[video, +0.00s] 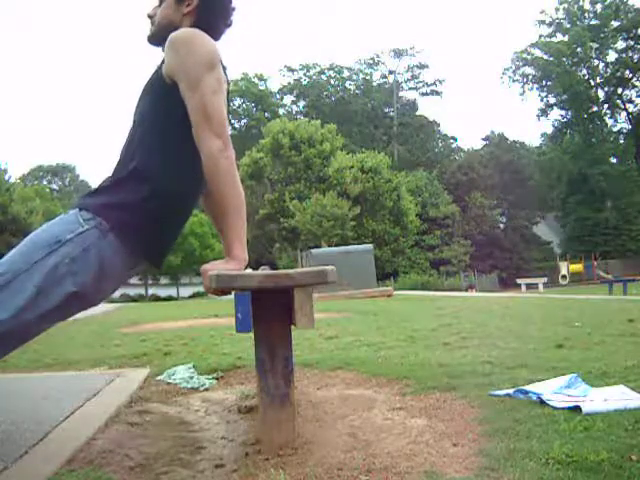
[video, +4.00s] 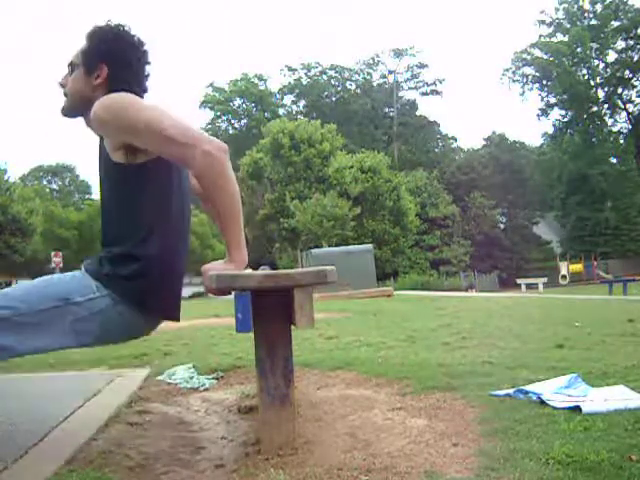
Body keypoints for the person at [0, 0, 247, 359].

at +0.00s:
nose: (152, 10)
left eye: (163, 2)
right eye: (158, 2)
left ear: (188, 7)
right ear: (187, 10)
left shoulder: (190, 44)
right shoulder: (190, 54)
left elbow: (217, 148)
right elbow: (208, 175)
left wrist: (237, 256)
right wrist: (236, 253)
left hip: (102, 231)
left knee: (4, 316)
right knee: (4, 322)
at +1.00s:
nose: (81, 97)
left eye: (91, 87)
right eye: (87, 86)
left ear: (113, 98)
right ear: (113, 98)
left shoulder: (119, 127)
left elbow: (224, 153)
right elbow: (232, 153)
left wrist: (240, 257)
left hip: (131, 323)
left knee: (3, 351)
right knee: (6, 345)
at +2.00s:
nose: (70, 70)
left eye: (81, 59)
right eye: (76, 59)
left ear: (107, 68)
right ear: (107, 69)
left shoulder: (117, 100)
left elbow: (217, 153)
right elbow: (206, 192)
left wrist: (238, 257)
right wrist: (238, 253)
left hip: (120, 290)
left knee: (2, 328)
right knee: (4, 324)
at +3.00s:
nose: (73, 45)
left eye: (83, 33)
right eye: (78, 34)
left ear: (109, 40)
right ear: (110, 41)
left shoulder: (123, 76)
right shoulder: (135, 82)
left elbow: (201, 150)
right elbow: (209, 152)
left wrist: (234, 253)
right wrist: (233, 247)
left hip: (112, 265)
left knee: (4, 316)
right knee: (6, 321)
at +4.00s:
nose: (62, 81)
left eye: (72, 69)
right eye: (68, 69)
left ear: (99, 76)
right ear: (100, 77)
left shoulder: (110, 109)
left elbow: (212, 153)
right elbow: (202, 187)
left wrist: (237, 257)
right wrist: (240, 250)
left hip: (120, 293)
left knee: (2, 316)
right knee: (5, 311)